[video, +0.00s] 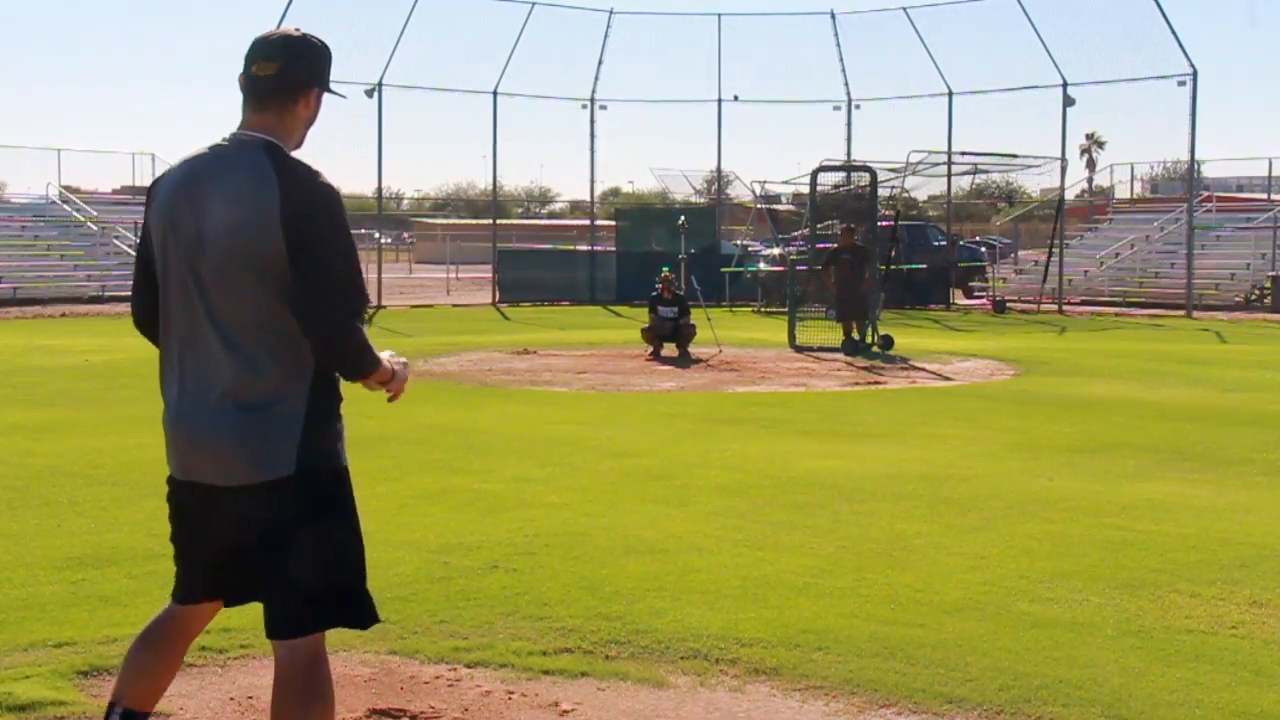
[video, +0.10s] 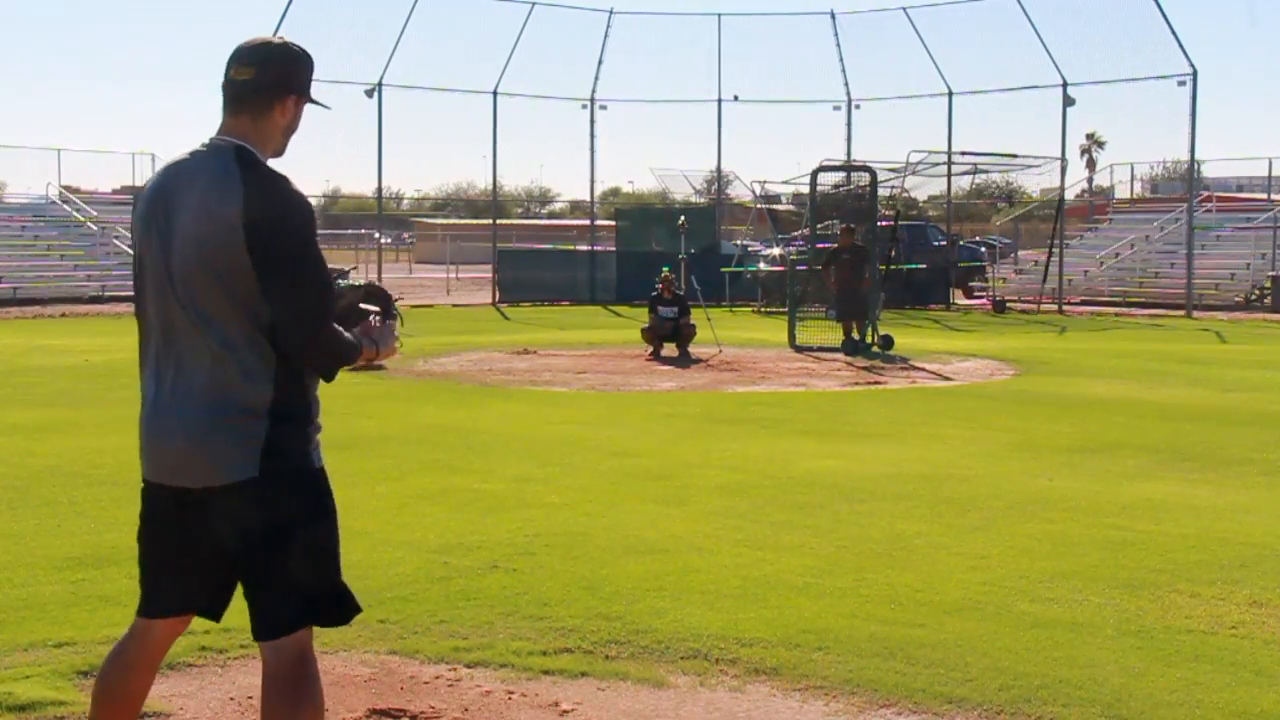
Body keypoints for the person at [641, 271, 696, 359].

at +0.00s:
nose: (667, 286)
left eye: (670, 282)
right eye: (665, 282)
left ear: (674, 284)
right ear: (661, 284)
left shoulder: (680, 298)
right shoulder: (654, 298)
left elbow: (686, 318)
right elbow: (652, 317)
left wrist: (673, 323)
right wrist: (663, 324)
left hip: (676, 327)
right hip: (660, 327)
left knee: (690, 329)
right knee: (646, 331)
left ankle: (683, 349)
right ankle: (656, 348)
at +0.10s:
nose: (667, 286)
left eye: (670, 282)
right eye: (664, 282)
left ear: (674, 284)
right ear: (660, 284)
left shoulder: (680, 298)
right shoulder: (654, 298)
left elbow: (686, 318)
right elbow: (652, 317)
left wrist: (673, 323)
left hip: (676, 327)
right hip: (660, 327)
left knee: (690, 328)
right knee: (646, 331)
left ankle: (683, 348)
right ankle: (656, 347)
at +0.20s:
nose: (667, 285)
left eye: (670, 282)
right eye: (664, 282)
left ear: (674, 283)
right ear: (660, 284)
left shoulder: (680, 298)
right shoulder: (654, 298)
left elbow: (686, 318)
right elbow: (652, 317)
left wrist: (674, 323)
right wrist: (664, 323)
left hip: (677, 327)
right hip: (660, 327)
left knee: (690, 328)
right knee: (646, 331)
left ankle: (683, 348)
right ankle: (656, 347)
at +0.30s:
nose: (666, 286)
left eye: (669, 283)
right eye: (664, 283)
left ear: (673, 284)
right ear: (660, 285)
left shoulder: (680, 298)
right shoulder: (654, 298)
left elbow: (686, 318)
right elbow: (652, 317)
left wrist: (674, 323)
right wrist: (662, 324)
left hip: (676, 327)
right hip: (660, 327)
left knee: (690, 329)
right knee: (646, 332)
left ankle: (682, 348)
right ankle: (656, 347)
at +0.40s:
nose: (667, 286)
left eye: (669, 283)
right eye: (664, 283)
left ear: (673, 284)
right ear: (660, 284)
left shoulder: (680, 298)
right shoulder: (654, 299)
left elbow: (686, 318)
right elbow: (652, 318)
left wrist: (674, 323)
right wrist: (662, 324)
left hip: (676, 327)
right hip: (660, 327)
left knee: (690, 329)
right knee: (646, 332)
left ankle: (682, 348)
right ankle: (656, 346)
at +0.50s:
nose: (667, 286)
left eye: (670, 283)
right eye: (664, 283)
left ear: (674, 284)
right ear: (660, 284)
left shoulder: (680, 298)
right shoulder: (654, 298)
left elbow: (686, 318)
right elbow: (652, 317)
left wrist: (674, 323)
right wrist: (662, 324)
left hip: (676, 327)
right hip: (660, 327)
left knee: (690, 329)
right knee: (646, 332)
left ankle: (682, 348)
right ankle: (656, 347)